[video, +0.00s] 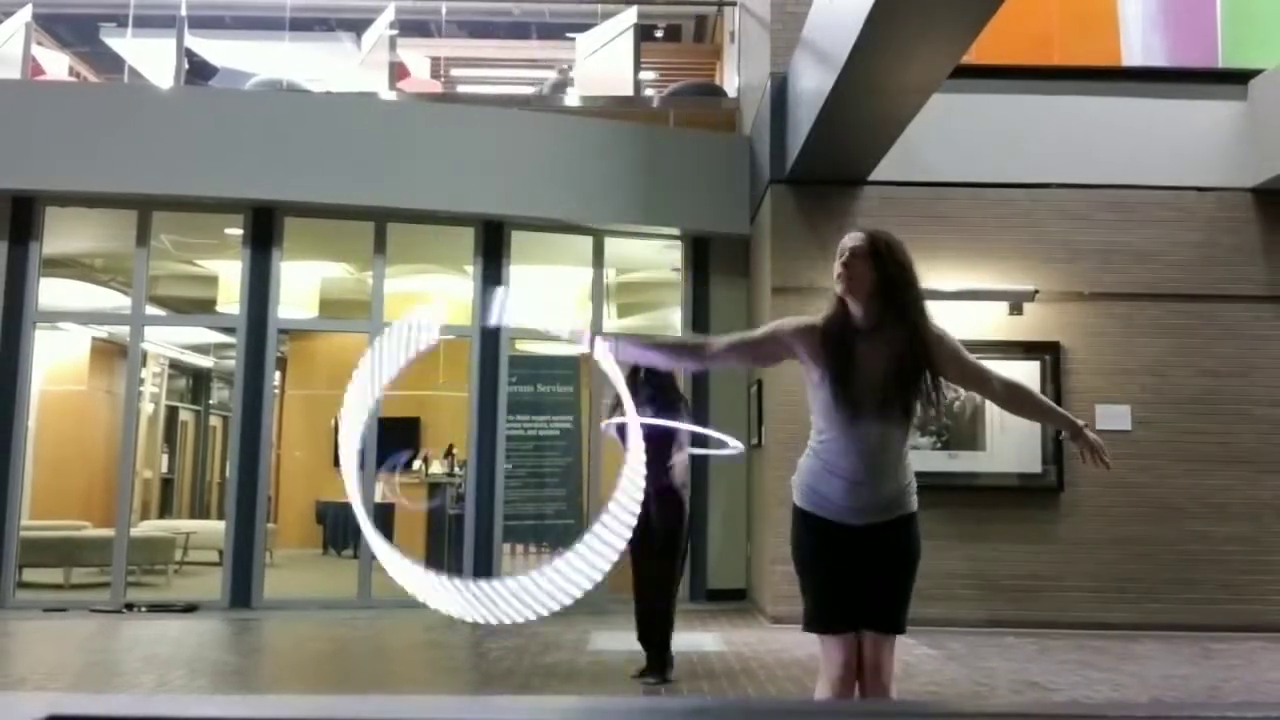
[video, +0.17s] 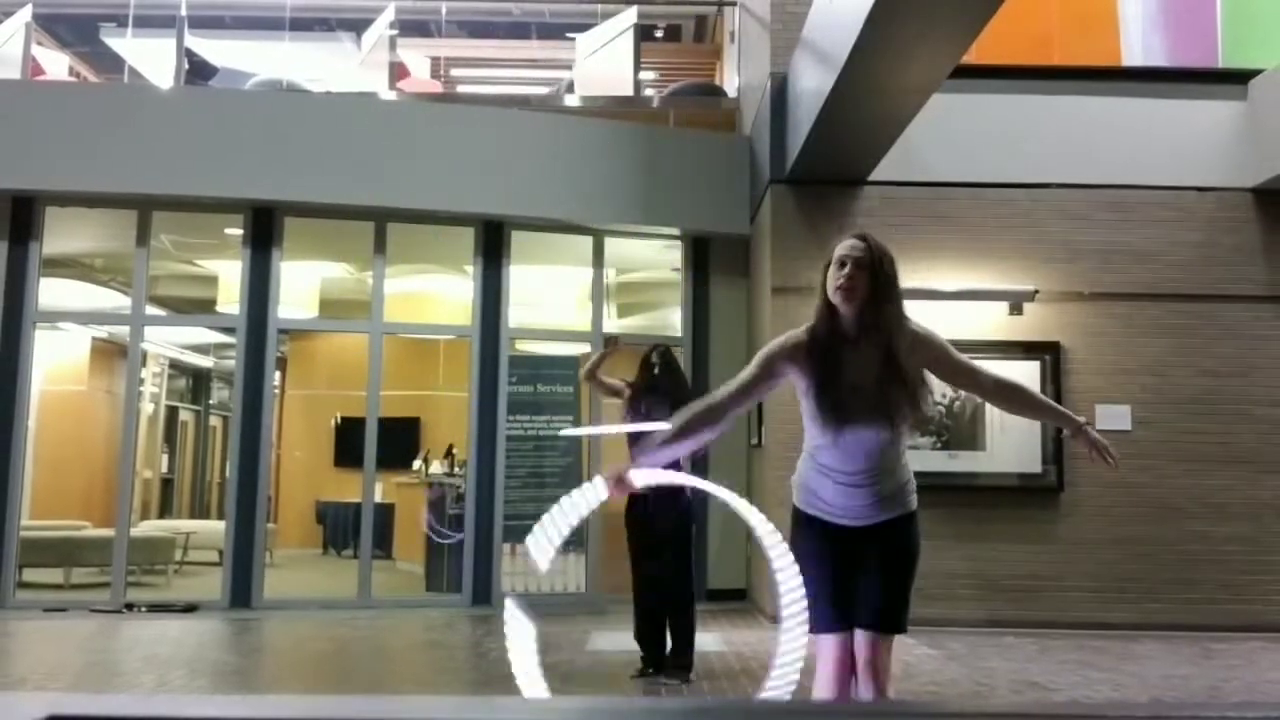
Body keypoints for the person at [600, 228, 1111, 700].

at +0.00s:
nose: (841, 270)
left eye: (854, 260)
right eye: (839, 260)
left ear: (885, 273)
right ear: (836, 274)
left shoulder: (920, 341)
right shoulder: (810, 338)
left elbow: (994, 385)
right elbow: (708, 354)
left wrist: (1071, 425)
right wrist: (623, 346)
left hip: (890, 513)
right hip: (822, 511)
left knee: (877, 666)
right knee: (840, 667)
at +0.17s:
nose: (846, 274)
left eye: (859, 267)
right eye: (839, 265)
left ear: (881, 283)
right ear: (826, 279)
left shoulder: (907, 343)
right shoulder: (797, 350)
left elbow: (983, 383)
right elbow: (720, 406)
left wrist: (1070, 422)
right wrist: (651, 453)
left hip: (888, 514)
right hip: (818, 513)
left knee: (873, 666)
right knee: (835, 661)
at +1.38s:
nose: (868, 289)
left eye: (873, 292)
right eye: (854, 287)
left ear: (877, 312)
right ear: (826, 304)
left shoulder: (902, 343)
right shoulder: (802, 331)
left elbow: (995, 364)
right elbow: (716, 318)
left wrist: (1075, 397)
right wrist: (628, 309)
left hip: (904, 516)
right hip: (830, 513)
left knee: (883, 674)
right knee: (835, 673)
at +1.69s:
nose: (885, 282)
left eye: (887, 280)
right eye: (872, 277)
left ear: (885, 300)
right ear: (844, 287)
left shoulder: (905, 348)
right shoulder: (809, 325)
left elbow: (987, 378)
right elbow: (714, 311)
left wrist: (1041, 355)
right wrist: (623, 300)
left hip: (903, 515)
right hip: (833, 514)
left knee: (889, 671)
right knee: (844, 674)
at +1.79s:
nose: (884, 279)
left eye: (885, 276)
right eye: (873, 271)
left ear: (881, 293)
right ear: (842, 278)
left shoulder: (903, 338)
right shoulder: (806, 322)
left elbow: (991, 364)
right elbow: (709, 310)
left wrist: (1013, 325)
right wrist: (621, 302)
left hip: (903, 514)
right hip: (831, 512)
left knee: (887, 670)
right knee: (841, 670)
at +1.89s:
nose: (883, 269)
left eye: (885, 264)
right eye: (872, 262)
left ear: (883, 282)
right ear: (842, 272)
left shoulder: (902, 332)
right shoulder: (806, 319)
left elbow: (990, 355)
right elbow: (709, 312)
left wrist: (1005, 308)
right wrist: (621, 307)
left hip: (902, 511)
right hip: (831, 509)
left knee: (884, 670)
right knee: (840, 670)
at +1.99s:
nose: (887, 257)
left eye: (886, 252)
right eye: (874, 251)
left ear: (878, 271)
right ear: (844, 263)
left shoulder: (902, 324)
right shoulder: (804, 317)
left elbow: (989, 346)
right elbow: (705, 317)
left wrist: (1014, 303)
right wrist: (620, 319)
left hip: (899, 508)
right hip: (830, 509)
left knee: (883, 675)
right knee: (841, 673)